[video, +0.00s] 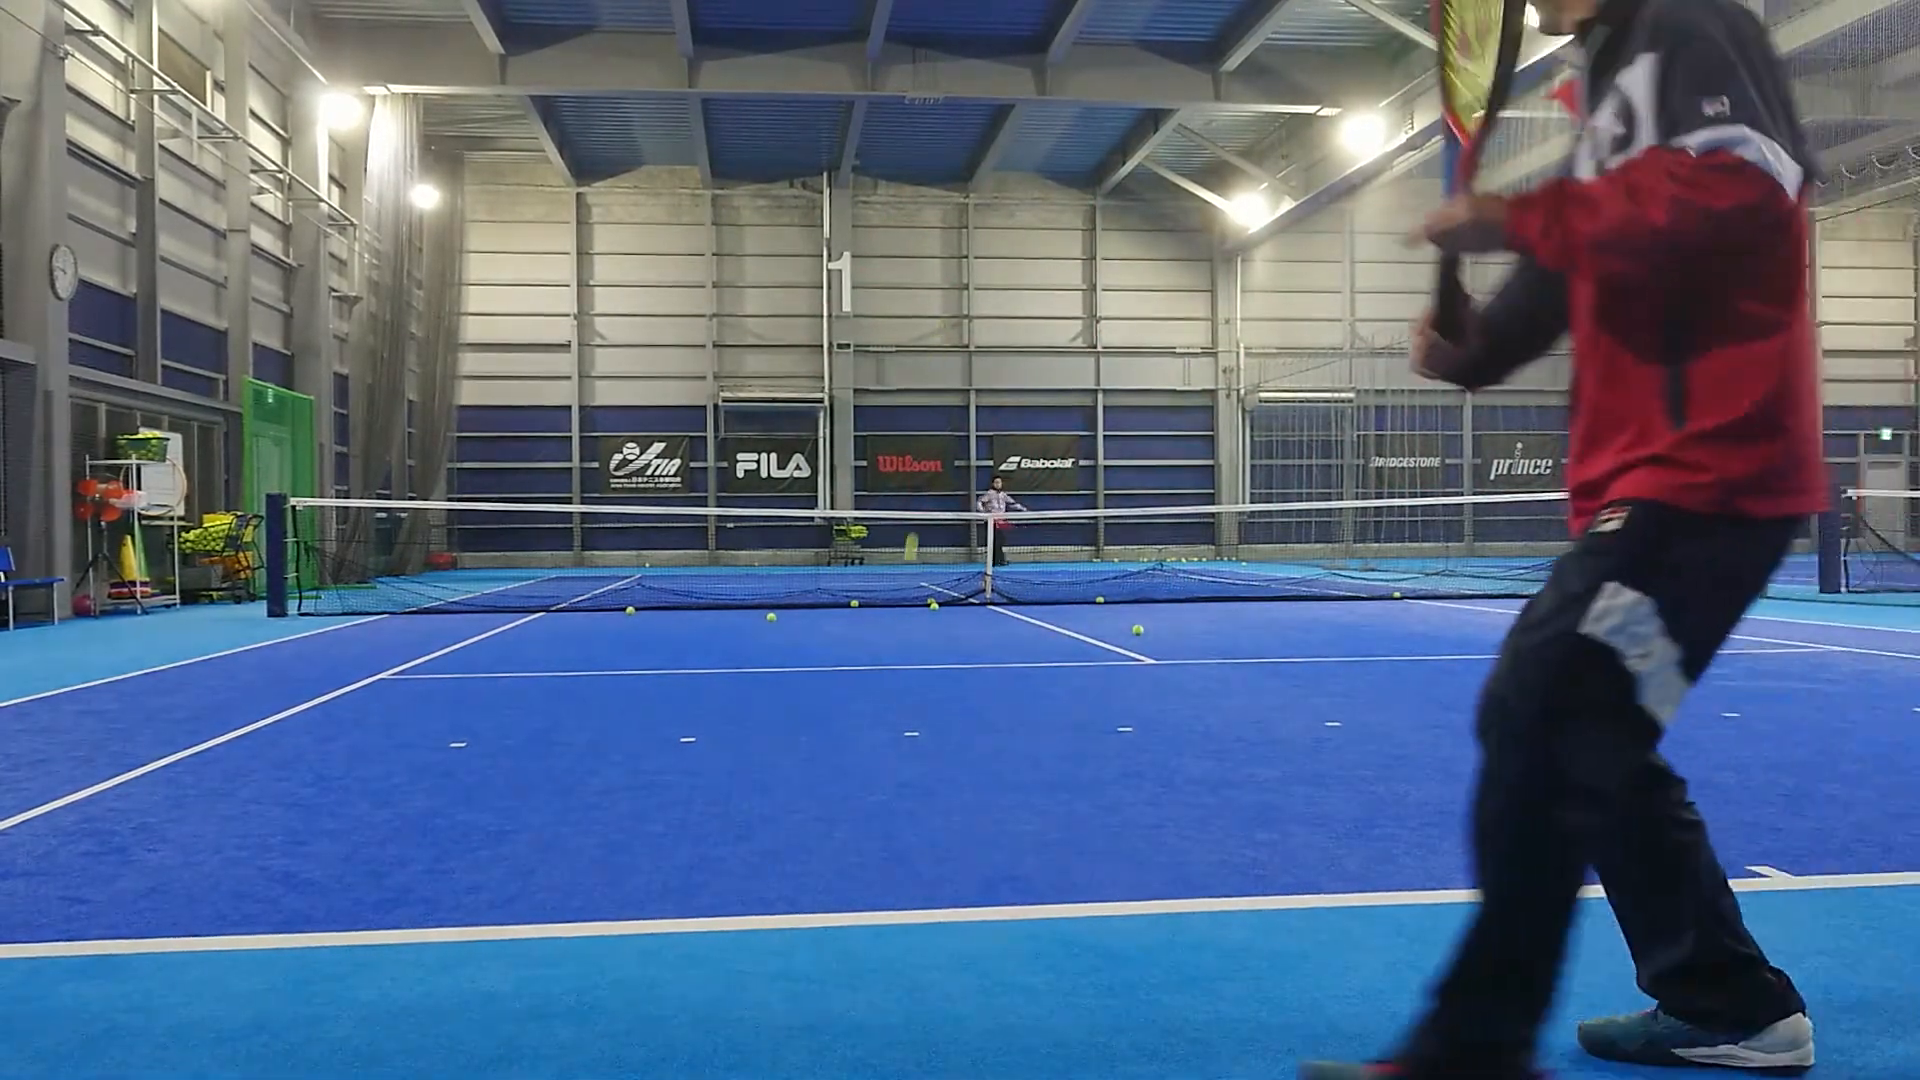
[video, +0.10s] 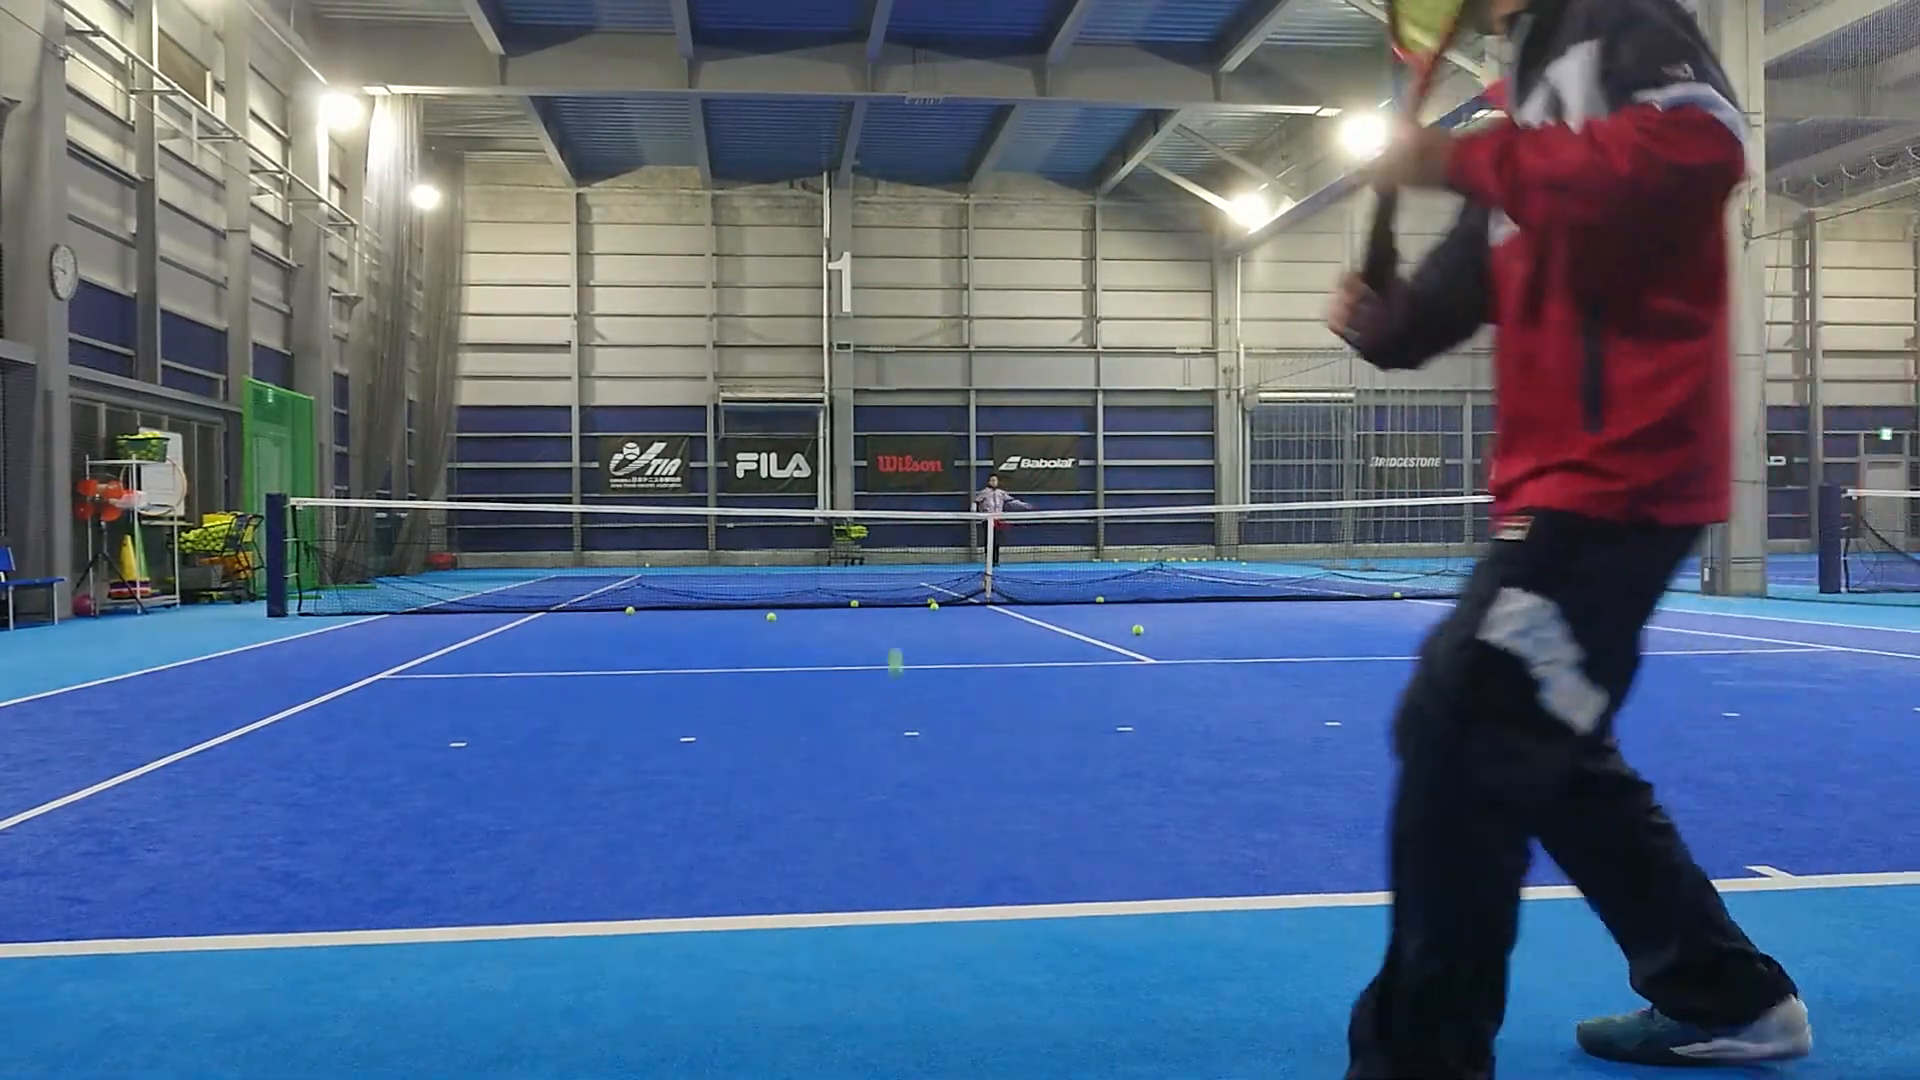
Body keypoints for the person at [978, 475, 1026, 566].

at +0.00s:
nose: (998, 484)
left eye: (1000, 482)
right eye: (996, 482)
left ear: (1002, 484)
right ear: (993, 484)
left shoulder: (1003, 495)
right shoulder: (990, 494)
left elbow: (1013, 503)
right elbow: (979, 501)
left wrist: (1023, 509)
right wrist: (982, 511)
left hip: (1000, 519)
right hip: (991, 519)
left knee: (998, 540)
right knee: (996, 540)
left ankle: (996, 559)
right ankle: (1000, 559)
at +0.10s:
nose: (994, 482)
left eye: (995, 480)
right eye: (992, 480)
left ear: (997, 482)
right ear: (988, 482)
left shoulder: (1001, 493)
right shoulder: (985, 492)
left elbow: (1012, 501)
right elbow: (975, 502)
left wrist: (1025, 505)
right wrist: (975, 512)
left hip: (997, 518)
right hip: (987, 518)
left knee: (996, 542)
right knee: (988, 542)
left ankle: (996, 561)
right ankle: (989, 561)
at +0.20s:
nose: (989, 482)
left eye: (990, 480)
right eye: (987, 480)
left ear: (993, 481)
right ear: (984, 482)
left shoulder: (997, 492)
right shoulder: (980, 493)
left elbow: (1008, 500)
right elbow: (972, 503)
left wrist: (1019, 503)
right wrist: (970, 512)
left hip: (994, 518)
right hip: (982, 518)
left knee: (994, 542)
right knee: (980, 541)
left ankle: (995, 561)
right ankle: (979, 561)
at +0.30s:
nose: (983, 483)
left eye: (984, 481)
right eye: (981, 481)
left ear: (987, 482)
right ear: (978, 483)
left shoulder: (993, 493)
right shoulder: (976, 494)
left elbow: (1001, 502)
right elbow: (969, 506)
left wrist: (1009, 506)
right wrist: (969, 515)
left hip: (990, 520)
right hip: (978, 520)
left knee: (992, 542)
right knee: (973, 541)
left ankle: (994, 561)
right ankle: (968, 559)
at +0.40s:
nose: (976, 484)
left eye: (978, 482)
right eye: (974, 482)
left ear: (980, 483)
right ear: (972, 483)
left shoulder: (986, 494)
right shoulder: (969, 496)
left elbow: (993, 505)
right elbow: (964, 509)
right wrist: (970, 517)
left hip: (986, 521)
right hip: (973, 521)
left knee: (990, 543)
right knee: (966, 542)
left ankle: (994, 561)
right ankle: (959, 561)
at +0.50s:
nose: (969, 486)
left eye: (970, 483)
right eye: (967, 483)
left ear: (974, 485)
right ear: (965, 485)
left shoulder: (979, 495)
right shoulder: (962, 497)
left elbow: (983, 506)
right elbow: (960, 510)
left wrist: (981, 517)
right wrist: (966, 518)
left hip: (979, 521)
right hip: (968, 522)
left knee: (985, 543)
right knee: (963, 542)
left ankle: (992, 560)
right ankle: (959, 559)